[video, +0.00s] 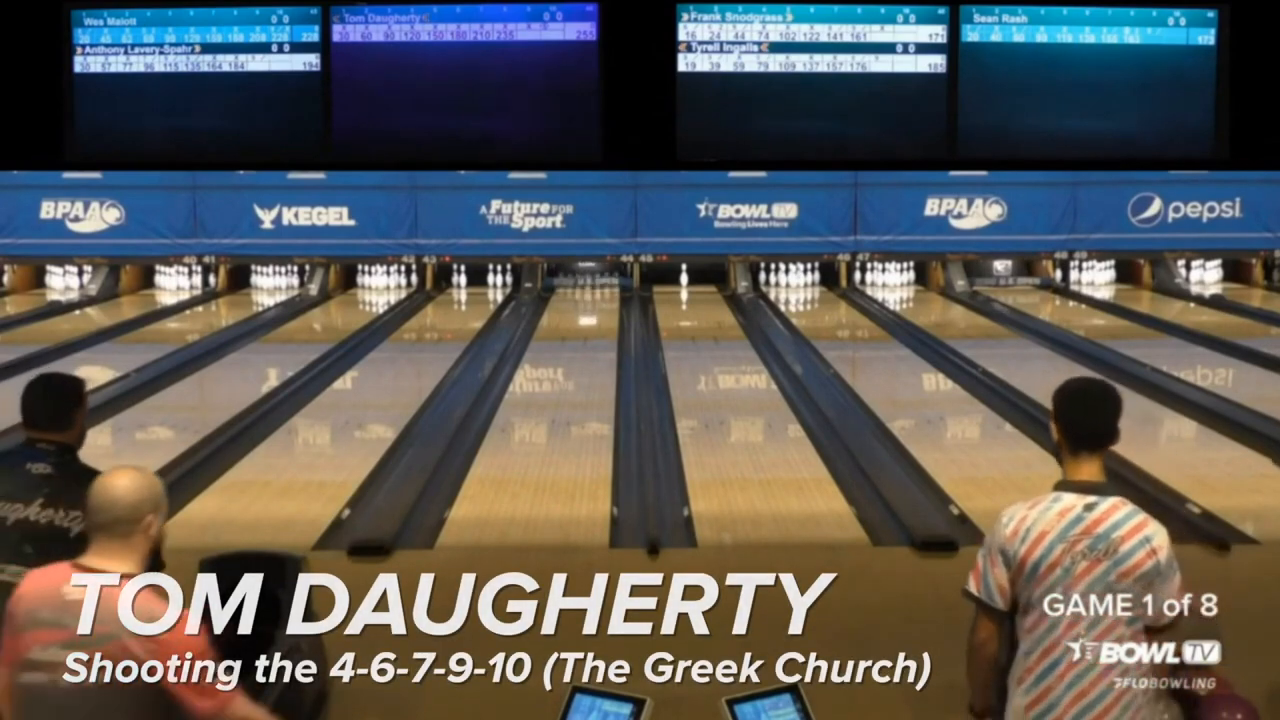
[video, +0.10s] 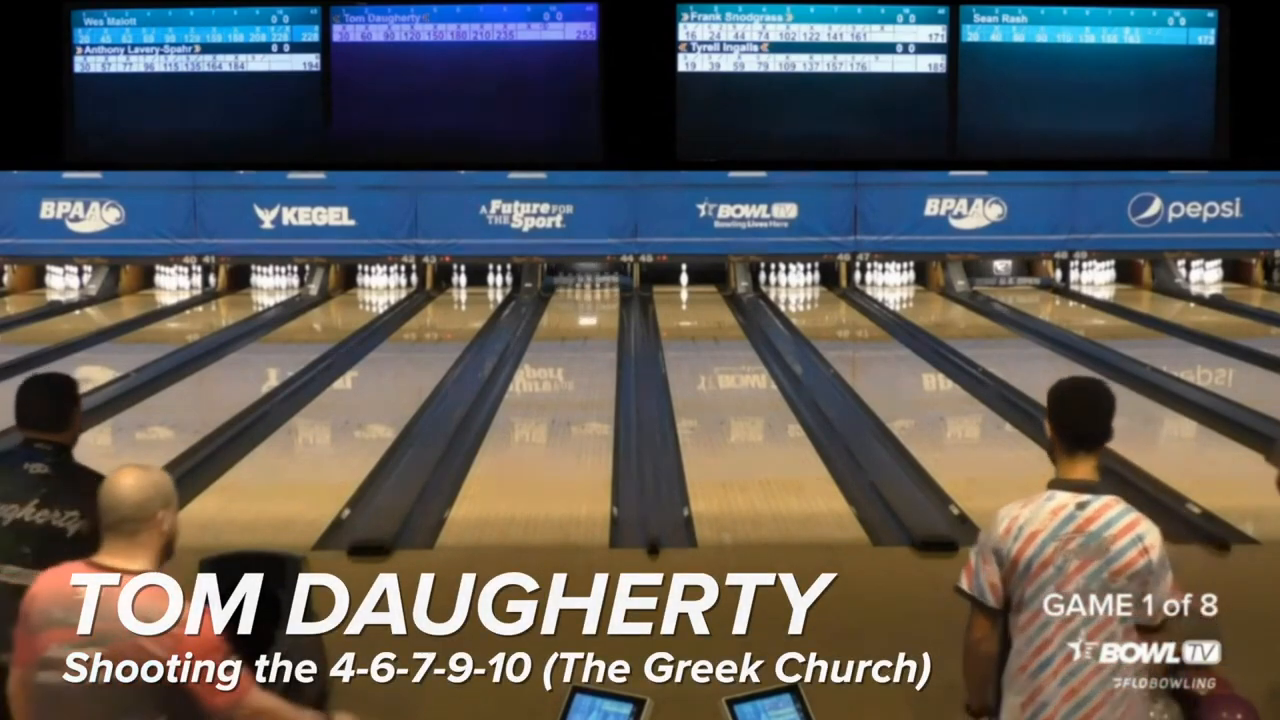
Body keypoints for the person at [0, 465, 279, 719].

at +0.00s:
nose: (163, 529)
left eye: (164, 519)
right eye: (164, 521)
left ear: (89, 518)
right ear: (150, 527)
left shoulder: (32, 587)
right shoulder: (160, 615)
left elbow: (8, 690)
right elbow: (219, 701)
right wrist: (266, 714)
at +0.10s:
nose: (177, 524)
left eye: (177, 515)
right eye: (176, 515)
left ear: (100, 517)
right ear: (163, 523)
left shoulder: (45, 587)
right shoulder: (178, 613)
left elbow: (20, 691)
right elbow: (235, 697)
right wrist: (315, 715)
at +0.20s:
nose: (188, 523)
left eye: (188, 513)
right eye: (187, 513)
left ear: (113, 517)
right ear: (174, 522)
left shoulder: (59, 587)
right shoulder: (193, 609)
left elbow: (33, 691)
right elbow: (242, 697)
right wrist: (329, 709)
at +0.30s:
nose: (203, 515)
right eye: (202, 506)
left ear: (126, 515)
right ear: (193, 516)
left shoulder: (82, 587)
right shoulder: (209, 602)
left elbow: (63, 690)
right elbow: (260, 693)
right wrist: (330, 713)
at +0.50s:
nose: (229, 494)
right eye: (227, 485)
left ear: (163, 496)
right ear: (221, 494)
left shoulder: (132, 568)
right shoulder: (238, 585)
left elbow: (122, 677)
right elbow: (276, 696)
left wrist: (133, 715)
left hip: (151, 711)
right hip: (221, 711)